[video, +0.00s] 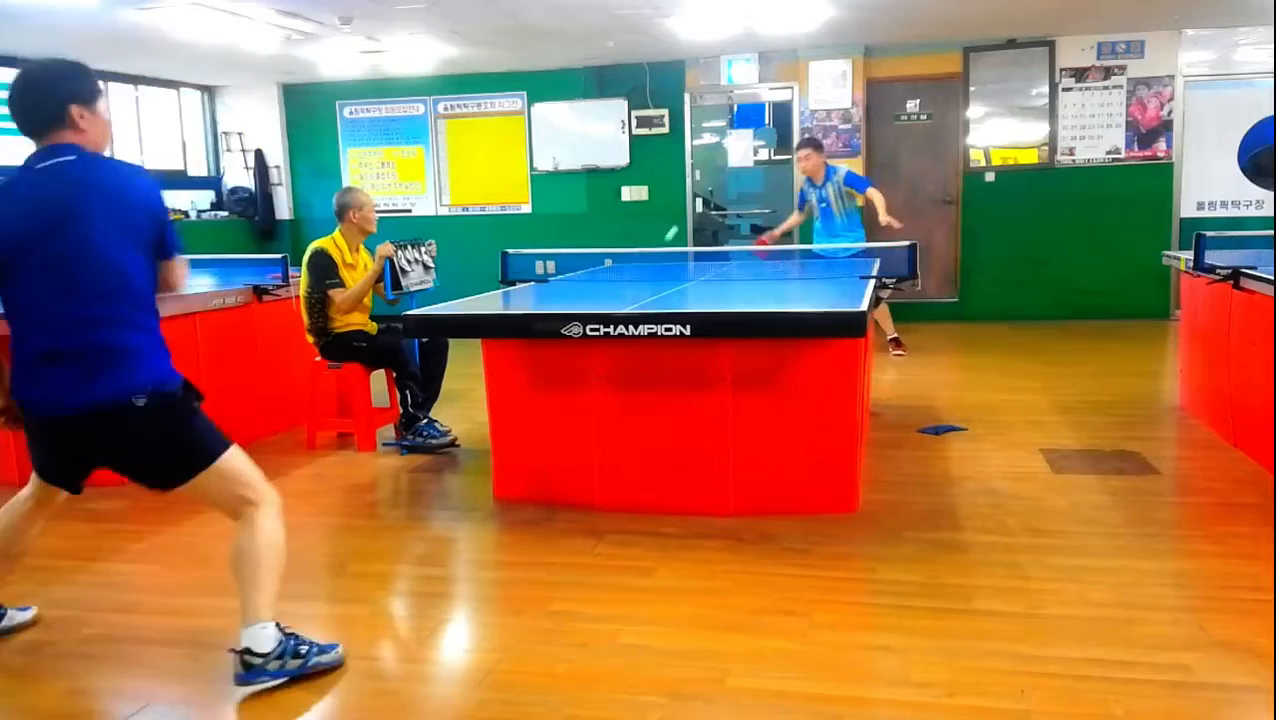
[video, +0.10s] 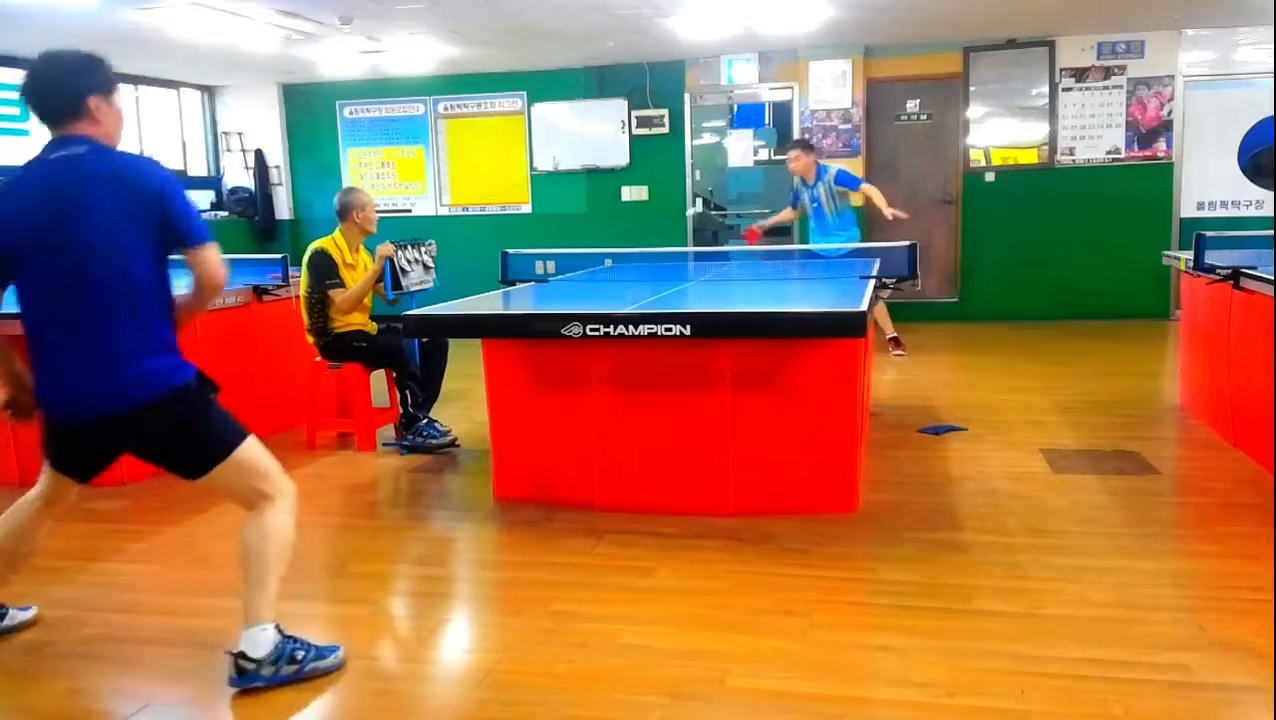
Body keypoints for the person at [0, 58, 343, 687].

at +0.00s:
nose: (108, 121)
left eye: (103, 109)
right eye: (102, 109)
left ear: (32, 126)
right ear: (77, 116)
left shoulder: (6, 197)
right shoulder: (129, 183)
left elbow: (8, 307)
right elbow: (173, 278)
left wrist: (5, 394)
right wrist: (96, 278)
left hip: (45, 400)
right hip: (134, 394)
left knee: (42, 491)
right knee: (256, 501)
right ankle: (262, 642)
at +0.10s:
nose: (121, 114)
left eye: (118, 101)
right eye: (116, 102)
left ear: (45, 114)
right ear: (93, 107)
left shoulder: (12, 192)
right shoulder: (145, 178)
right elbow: (212, 277)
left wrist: (10, 378)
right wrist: (184, 310)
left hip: (69, 396)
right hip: (153, 388)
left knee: (46, 493)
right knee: (272, 493)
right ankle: (260, 645)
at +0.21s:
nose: (158, 80)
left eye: (154, 67)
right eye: (154, 67)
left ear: (89, 78)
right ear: (133, 72)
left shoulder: (50, 160)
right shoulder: (162, 141)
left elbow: (10, 262)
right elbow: (234, 229)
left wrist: (44, 337)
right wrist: (269, 295)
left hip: (99, 367)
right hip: (181, 362)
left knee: (92, 479)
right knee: (288, 481)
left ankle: (15, 598)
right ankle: (265, 644)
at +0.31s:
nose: (208, 57)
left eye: (202, 42)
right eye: (202, 41)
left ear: (132, 55)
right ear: (182, 49)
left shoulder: (90, 133)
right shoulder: (194, 121)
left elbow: (49, 244)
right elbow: (244, 224)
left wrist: (97, 299)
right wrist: (307, 295)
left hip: (110, 347)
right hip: (188, 340)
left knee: (172, 462)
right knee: (297, 470)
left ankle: (117, 603)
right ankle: (286, 645)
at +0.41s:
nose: (269, 80)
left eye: (265, 66)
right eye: (264, 66)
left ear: (197, 76)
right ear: (243, 72)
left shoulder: (153, 147)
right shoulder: (234, 147)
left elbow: (113, 260)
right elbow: (262, 261)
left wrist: (185, 304)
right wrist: (341, 337)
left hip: (145, 369)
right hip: (204, 369)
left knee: (232, 484)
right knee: (314, 503)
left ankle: (167, 619)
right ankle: (323, 687)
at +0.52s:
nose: (310, 102)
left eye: (307, 88)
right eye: (307, 88)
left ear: (240, 93)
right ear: (285, 91)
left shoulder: (198, 159)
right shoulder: (258, 167)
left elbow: (186, 277)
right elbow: (269, 285)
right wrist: (363, 365)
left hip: (169, 384)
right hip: (219, 386)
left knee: (251, 491)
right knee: (350, 507)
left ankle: (167, 618)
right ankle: (336, 689)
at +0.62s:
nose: (350, 106)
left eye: (349, 93)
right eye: (346, 93)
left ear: (291, 98)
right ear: (320, 95)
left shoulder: (265, 162)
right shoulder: (270, 170)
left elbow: (265, 292)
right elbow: (236, 295)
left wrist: (338, 341)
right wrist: (315, 399)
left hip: (199, 384)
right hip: (223, 388)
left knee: (255, 490)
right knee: (362, 508)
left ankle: (167, 617)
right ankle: (354, 695)